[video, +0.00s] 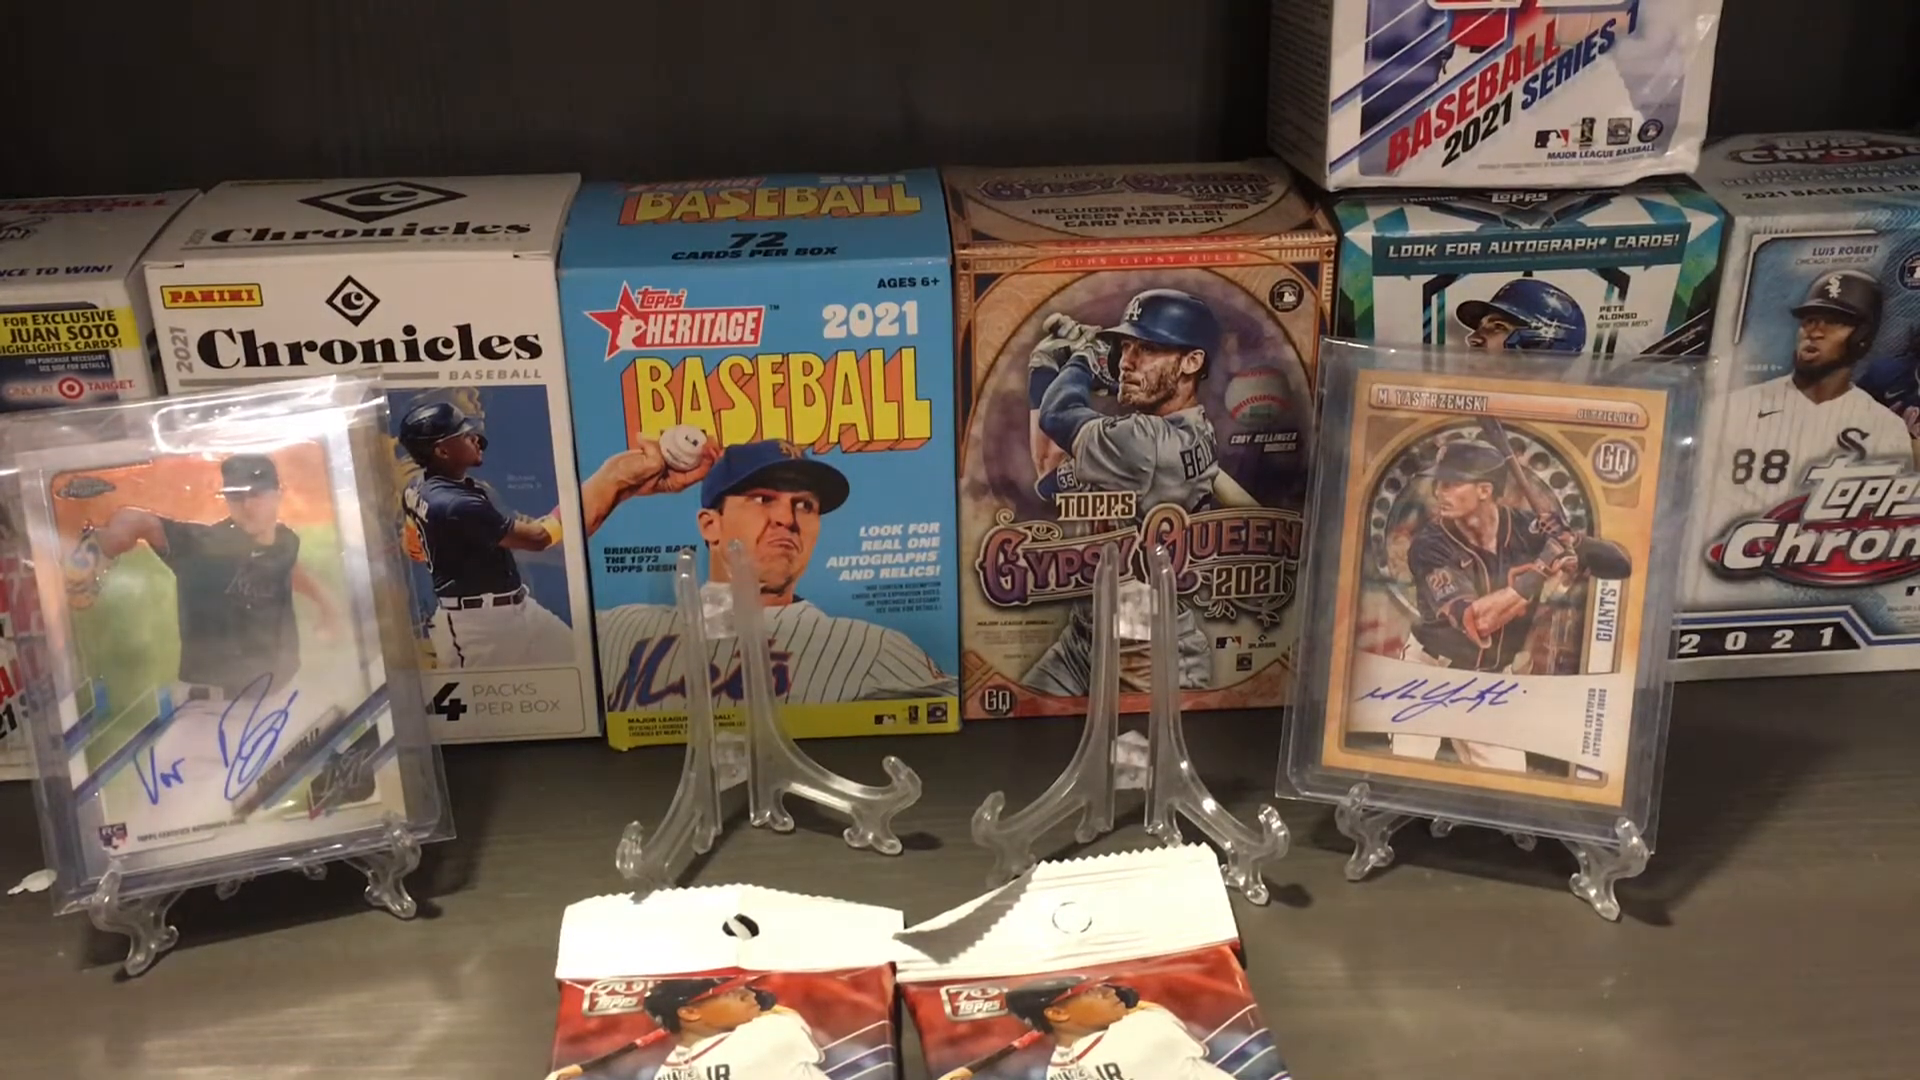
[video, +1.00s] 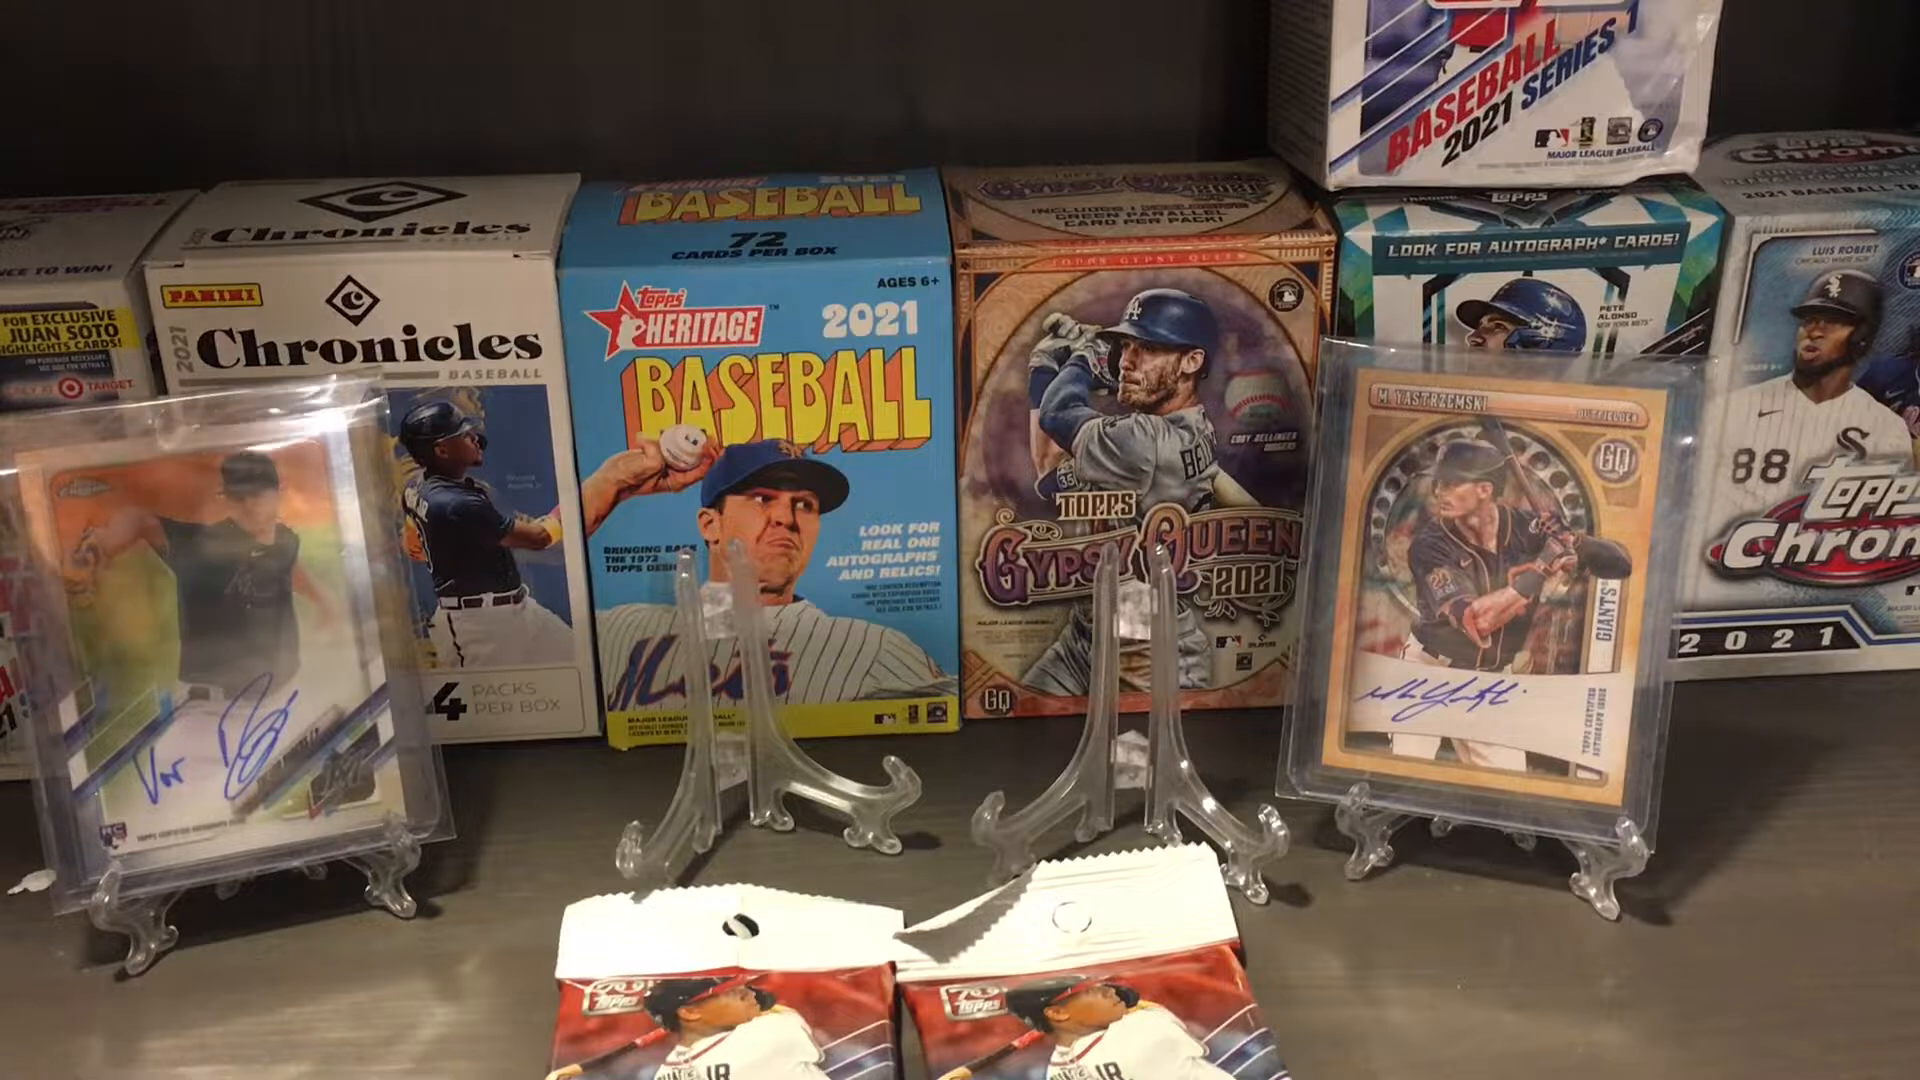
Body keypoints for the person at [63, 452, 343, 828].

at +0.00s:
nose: (247, 506)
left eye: (256, 494)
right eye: (236, 497)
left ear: (277, 495)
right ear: (226, 500)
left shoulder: (286, 542)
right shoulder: (198, 543)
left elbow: (287, 571)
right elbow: (134, 518)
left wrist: (325, 602)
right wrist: (99, 552)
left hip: (278, 702)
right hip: (211, 707)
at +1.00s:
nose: (254, 507)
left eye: (260, 496)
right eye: (244, 498)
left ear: (277, 495)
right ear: (231, 501)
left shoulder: (285, 542)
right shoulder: (199, 543)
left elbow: (291, 569)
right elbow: (138, 521)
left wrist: (323, 600)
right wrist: (106, 542)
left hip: (276, 694)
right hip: (214, 699)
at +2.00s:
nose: (249, 506)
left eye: (258, 496)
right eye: (239, 498)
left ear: (276, 495)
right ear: (228, 502)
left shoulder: (286, 541)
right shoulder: (202, 542)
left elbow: (291, 570)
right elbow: (144, 524)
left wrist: (322, 602)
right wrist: (110, 536)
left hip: (275, 685)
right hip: (215, 691)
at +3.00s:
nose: (247, 506)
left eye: (256, 495)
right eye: (237, 497)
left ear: (275, 495)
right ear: (227, 500)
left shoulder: (286, 540)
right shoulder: (202, 543)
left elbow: (291, 569)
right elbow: (141, 521)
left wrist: (324, 603)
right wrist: (110, 542)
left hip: (274, 685)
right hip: (213, 690)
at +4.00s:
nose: (246, 506)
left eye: (256, 496)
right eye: (237, 497)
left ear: (276, 496)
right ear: (227, 500)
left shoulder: (286, 541)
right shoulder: (201, 541)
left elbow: (291, 570)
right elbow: (134, 518)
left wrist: (323, 601)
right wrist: (117, 539)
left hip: (274, 686)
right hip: (212, 692)